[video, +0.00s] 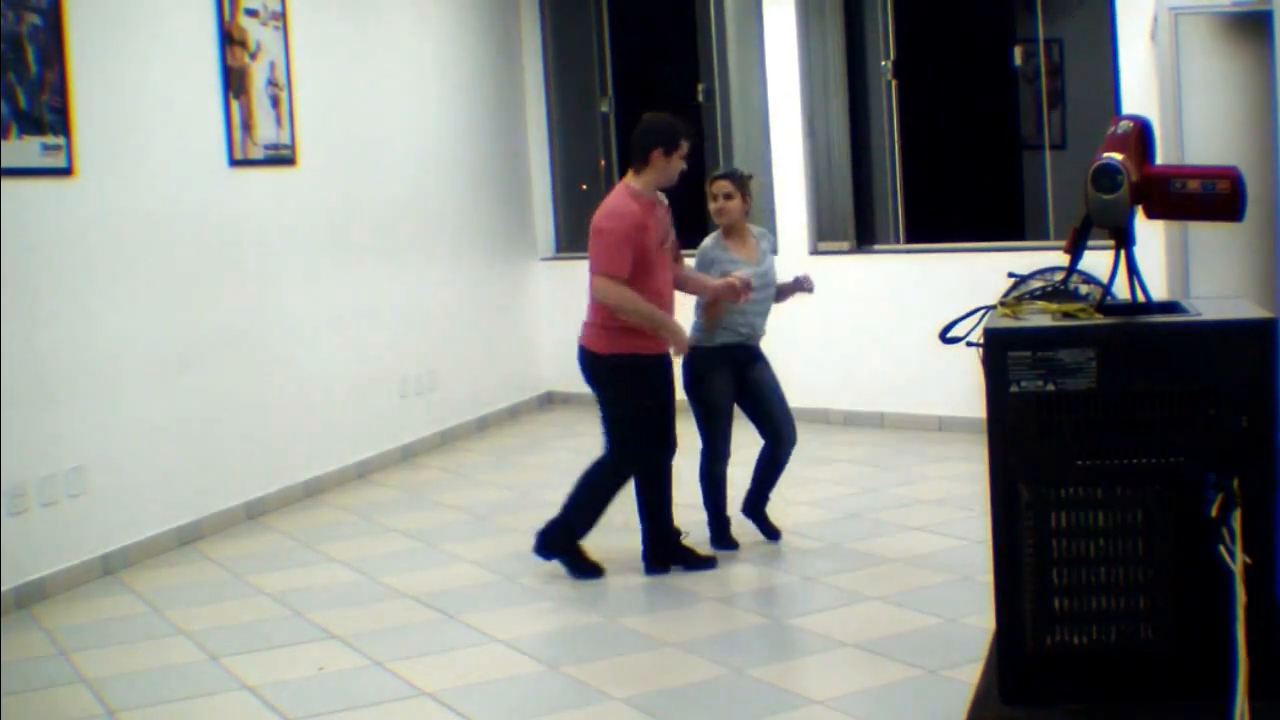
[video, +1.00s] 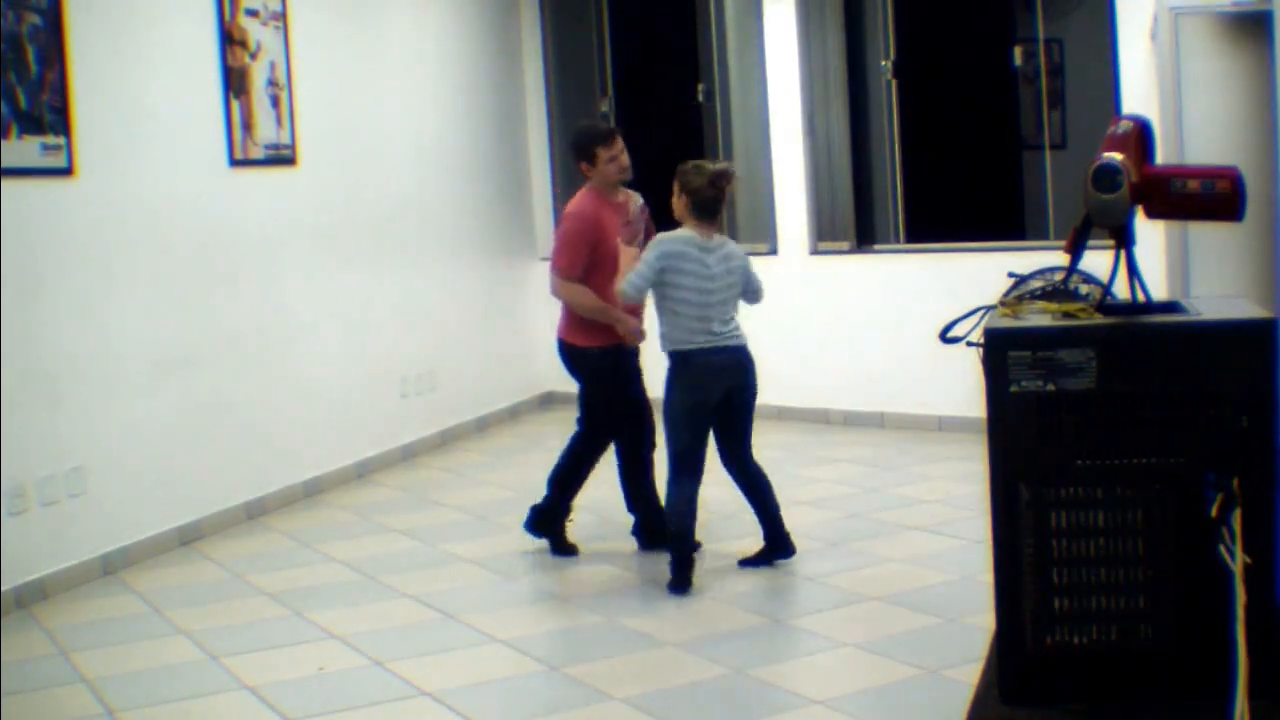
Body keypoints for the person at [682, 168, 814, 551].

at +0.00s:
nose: (719, 205)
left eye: (727, 197)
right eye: (713, 198)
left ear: (746, 201)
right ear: (709, 205)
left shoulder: (763, 240)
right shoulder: (709, 251)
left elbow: (761, 296)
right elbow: (704, 317)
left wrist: (790, 288)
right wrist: (723, 293)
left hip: (748, 354)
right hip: (708, 358)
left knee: (782, 436)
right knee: (716, 449)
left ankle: (755, 504)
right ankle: (718, 524)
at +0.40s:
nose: (713, 202)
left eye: (721, 193)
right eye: (708, 196)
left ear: (742, 196)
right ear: (705, 203)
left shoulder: (766, 239)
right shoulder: (708, 248)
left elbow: (789, 289)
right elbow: (695, 297)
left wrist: (815, 263)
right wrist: (672, 276)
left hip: (759, 353)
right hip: (719, 356)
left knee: (756, 441)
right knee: (740, 442)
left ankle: (741, 510)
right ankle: (744, 529)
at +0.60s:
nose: (701, 205)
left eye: (708, 196)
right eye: (698, 198)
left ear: (733, 199)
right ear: (705, 205)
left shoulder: (767, 250)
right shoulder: (697, 254)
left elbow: (785, 311)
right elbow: (669, 306)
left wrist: (770, 277)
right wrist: (633, 285)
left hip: (754, 362)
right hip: (706, 367)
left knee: (779, 454)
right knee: (736, 460)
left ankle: (762, 502)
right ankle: (765, 541)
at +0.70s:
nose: (693, 207)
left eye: (698, 199)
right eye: (695, 199)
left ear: (718, 202)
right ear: (714, 203)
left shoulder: (756, 251)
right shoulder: (700, 256)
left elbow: (757, 310)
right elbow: (677, 308)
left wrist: (716, 278)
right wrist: (639, 281)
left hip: (746, 365)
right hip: (703, 368)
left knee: (747, 458)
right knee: (729, 463)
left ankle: (786, 509)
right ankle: (764, 540)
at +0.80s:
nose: (689, 203)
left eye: (694, 196)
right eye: (691, 195)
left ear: (709, 201)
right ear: (715, 201)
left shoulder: (732, 248)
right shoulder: (711, 249)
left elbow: (722, 306)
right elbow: (698, 301)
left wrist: (672, 274)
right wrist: (663, 273)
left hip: (734, 363)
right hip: (713, 365)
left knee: (713, 455)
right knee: (732, 456)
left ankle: (769, 541)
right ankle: (768, 541)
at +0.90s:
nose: (681, 199)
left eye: (684, 193)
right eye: (683, 192)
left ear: (694, 198)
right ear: (725, 201)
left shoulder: (696, 248)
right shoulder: (732, 246)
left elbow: (669, 303)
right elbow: (701, 276)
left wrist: (642, 272)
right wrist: (663, 262)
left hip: (712, 363)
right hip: (742, 358)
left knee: (697, 465)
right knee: (736, 455)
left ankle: (716, 559)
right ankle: (778, 538)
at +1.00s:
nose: (672, 200)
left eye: (674, 194)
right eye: (674, 194)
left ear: (681, 200)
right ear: (721, 202)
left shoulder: (664, 247)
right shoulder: (732, 252)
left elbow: (630, 293)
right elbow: (754, 293)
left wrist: (627, 260)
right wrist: (715, 274)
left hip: (690, 370)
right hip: (736, 364)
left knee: (684, 470)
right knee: (738, 457)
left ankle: (681, 569)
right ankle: (778, 539)